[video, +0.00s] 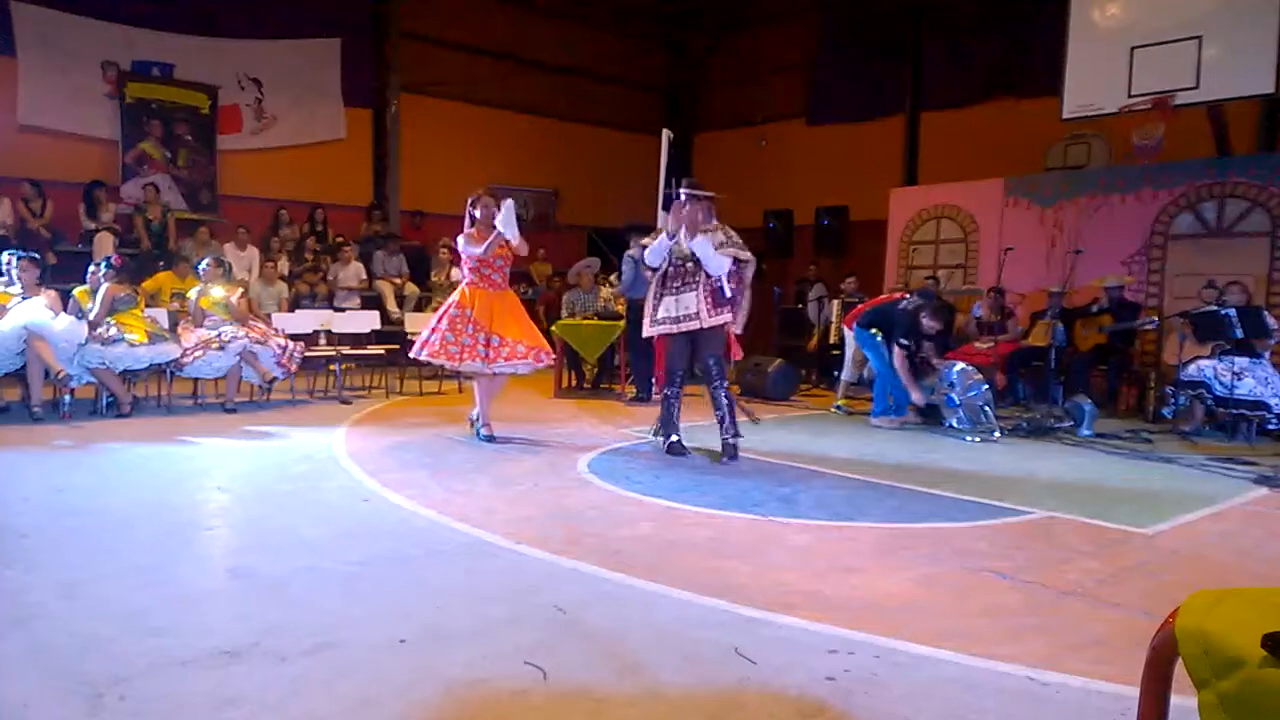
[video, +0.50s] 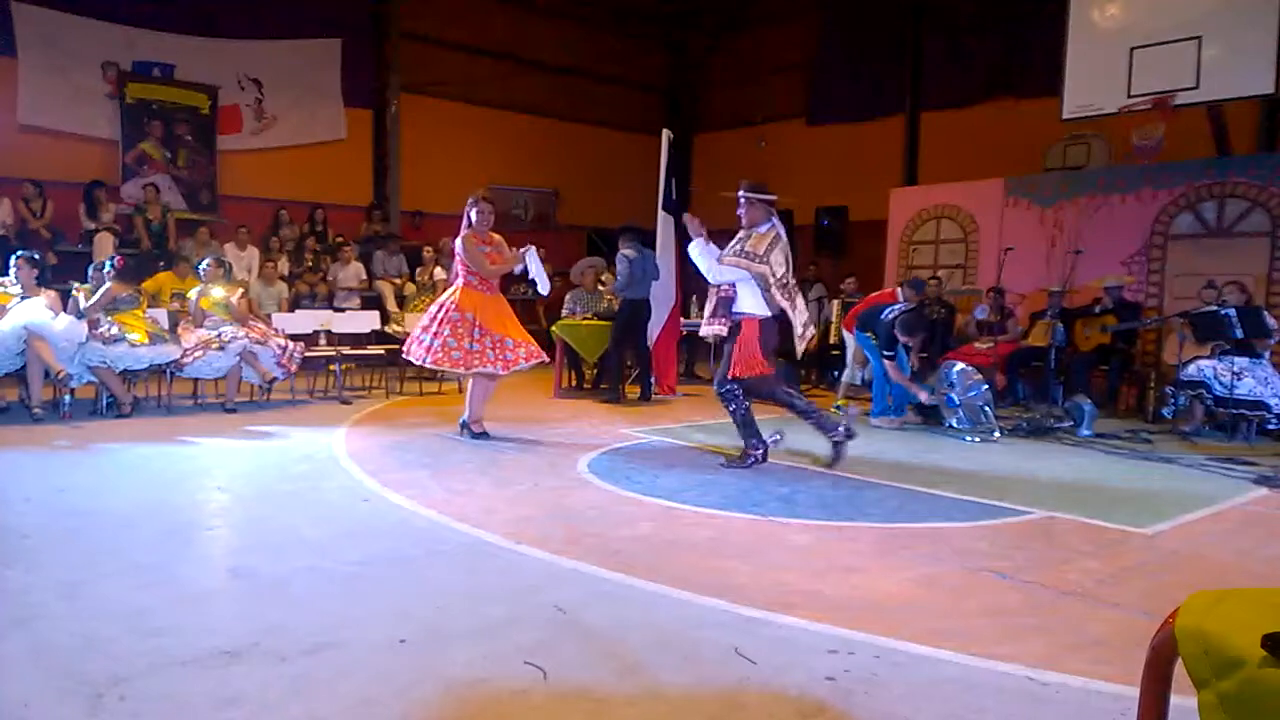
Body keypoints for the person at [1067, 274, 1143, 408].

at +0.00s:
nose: (1113, 293)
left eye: (1117, 289)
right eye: (1110, 289)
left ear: (1122, 290)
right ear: (1105, 291)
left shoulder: (1131, 307)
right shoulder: (1097, 304)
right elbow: (1070, 315)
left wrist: (1111, 306)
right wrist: (1092, 309)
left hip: (1120, 347)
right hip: (1098, 346)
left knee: (1114, 367)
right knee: (1079, 362)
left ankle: (1111, 402)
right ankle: (1081, 398)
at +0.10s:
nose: (1113, 293)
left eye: (1116, 289)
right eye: (1109, 289)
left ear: (1122, 290)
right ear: (1105, 291)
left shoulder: (1131, 307)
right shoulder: (1098, 305)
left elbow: (1129, 319)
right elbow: (1073, 315)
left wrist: (1112, 306)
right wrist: (1093, 309)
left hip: (1121, 347)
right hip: (1100, 346)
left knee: (1115, 367)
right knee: (1079, 362)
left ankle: (1111, 403)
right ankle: (1082, 398)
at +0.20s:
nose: (1113, 293)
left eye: (1116, 289)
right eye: (1109, 289)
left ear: (1122, 290)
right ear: (1105, 290)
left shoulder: (1132, 307)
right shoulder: (1098, 304)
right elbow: (1074, 314)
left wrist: (1112, 307)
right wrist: (1096, 308)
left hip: (1120, 347)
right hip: (1099, 346)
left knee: (1114, 366)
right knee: (1079, 361)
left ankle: (1111, 403)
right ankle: (1081, 398)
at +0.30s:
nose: (1112, 292)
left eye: (1116, 289)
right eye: (1109, 289)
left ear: (1122, 289)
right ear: (1105, 290)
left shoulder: (1133, 307)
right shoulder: (1098, 304)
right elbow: (1074, 314)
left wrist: (1113, 306)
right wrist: (1097, 308)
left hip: (1121, 348)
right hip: (1100, 346)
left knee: (1116, 366)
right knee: (1079, 361)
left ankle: (1111, 402)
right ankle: (1081, 398)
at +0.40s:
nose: (1113, 293)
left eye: (1117, 289)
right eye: (1110, 289)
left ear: (1122, 290)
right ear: (1105, 291)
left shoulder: (1132, 307)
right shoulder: (1098, 304)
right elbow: (1074, 314)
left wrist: (1113, 307)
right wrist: (1095, 309)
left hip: (1121, 348)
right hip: (1100, 346)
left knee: (1116, 366)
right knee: (1079, 361)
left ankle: (1111, 403)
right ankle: (1081, 398)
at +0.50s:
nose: (1112, 293)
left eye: (1115, 289)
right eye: (1109, 289)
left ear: (1121, 290)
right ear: (1105, 291)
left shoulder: (1131, 307)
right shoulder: (1097, 304)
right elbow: (1073, 314)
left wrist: (1112, 308)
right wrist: (1094, 310)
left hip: (1121, 348)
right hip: (1100, 346)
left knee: (1116, 366)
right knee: (1079, 361)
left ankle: (1111, 403)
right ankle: (1081, 398)